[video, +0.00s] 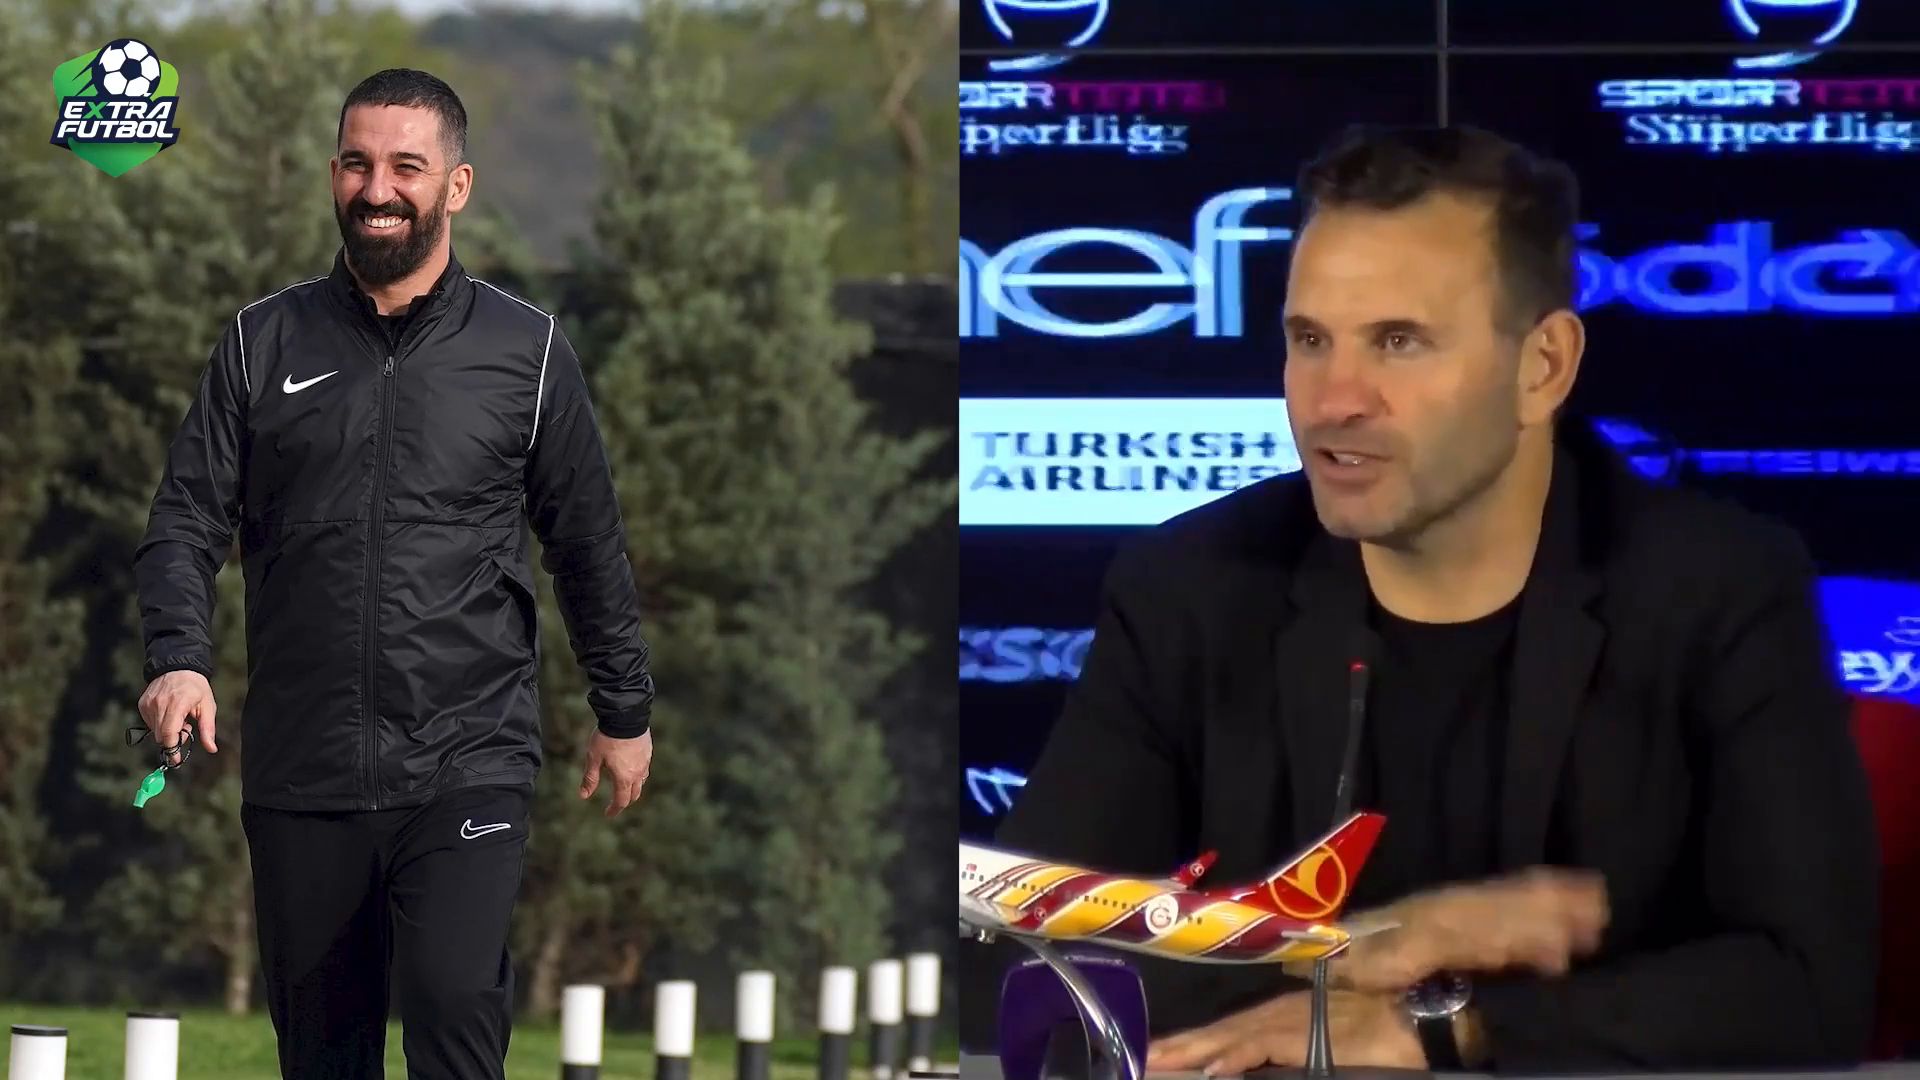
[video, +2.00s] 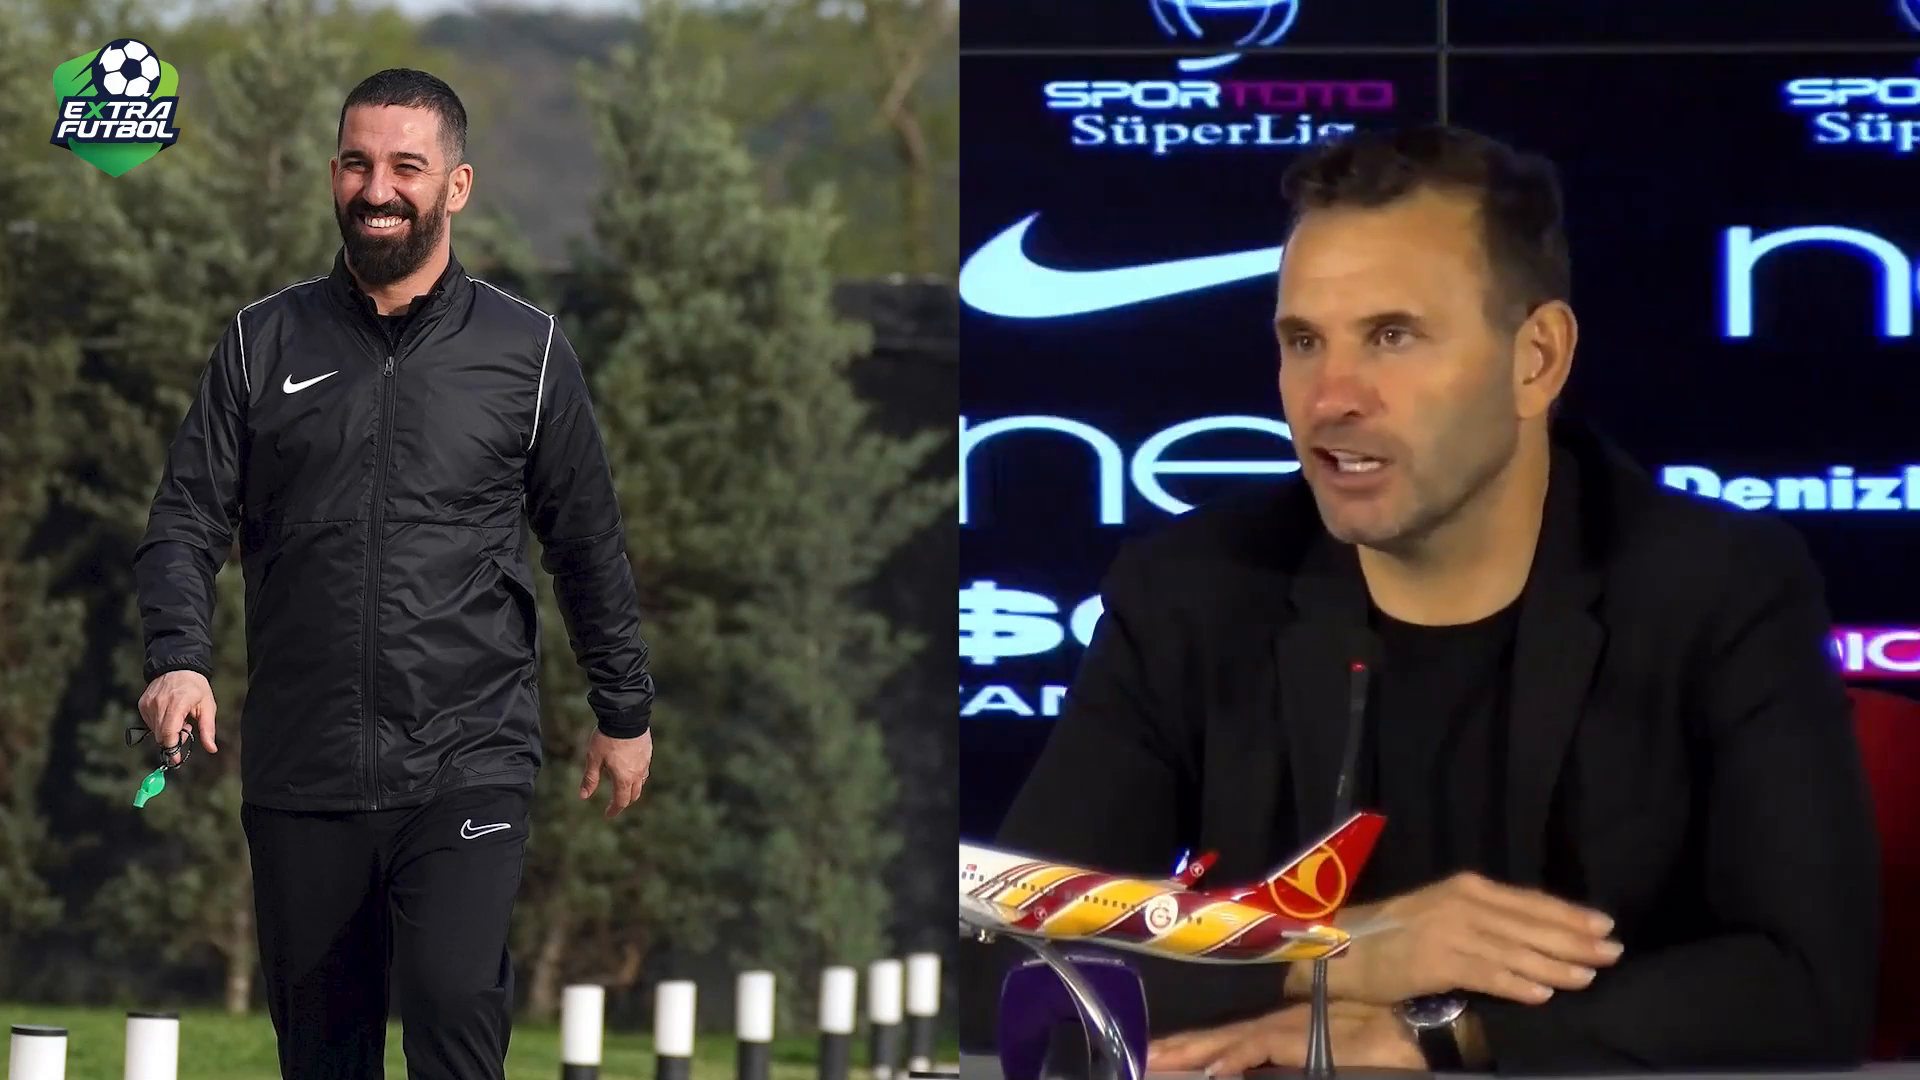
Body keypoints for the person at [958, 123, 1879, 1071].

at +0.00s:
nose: (1329, 398)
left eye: (1397, 344)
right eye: (1308, 339)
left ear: (1543, 368)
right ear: (1282, 342)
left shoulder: (1718, 593)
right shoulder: (1181, 592)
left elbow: (1808, 990)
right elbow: (1031, 983)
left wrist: (1438, 1030)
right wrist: (1363, 947)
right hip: (1247, 1077)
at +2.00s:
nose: (1327, 396)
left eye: (1391, 337)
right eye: (1302, 341)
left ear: (1537, 361)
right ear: (1276, 350)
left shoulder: (1724, 596)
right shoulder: (1191, 592)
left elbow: (1808, 991)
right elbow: (1018, 956)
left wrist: (1441, 1036)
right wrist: (1333, 957)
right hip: (1252, 1076)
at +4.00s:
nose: (1321, 400)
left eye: (1388, 343)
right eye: (1303, 343)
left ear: (1541, 367)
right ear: (1280, 351)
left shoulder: (1737, 599)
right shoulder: (1199, 588)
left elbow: (1807, 992)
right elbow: (1027, 959)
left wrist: (1439, 1026)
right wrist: (1309, 963)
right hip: (1247, 1075)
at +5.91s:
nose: (1333, 403)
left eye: (1395, 343)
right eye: (1303, 349)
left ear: (1535, 358)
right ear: (1274, 359)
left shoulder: (1728, 595)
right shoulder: (1186, 592)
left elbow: (1808, 990)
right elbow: (1026, 970)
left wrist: (1425, 1032)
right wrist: (1325, 965)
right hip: (1246, 1076)